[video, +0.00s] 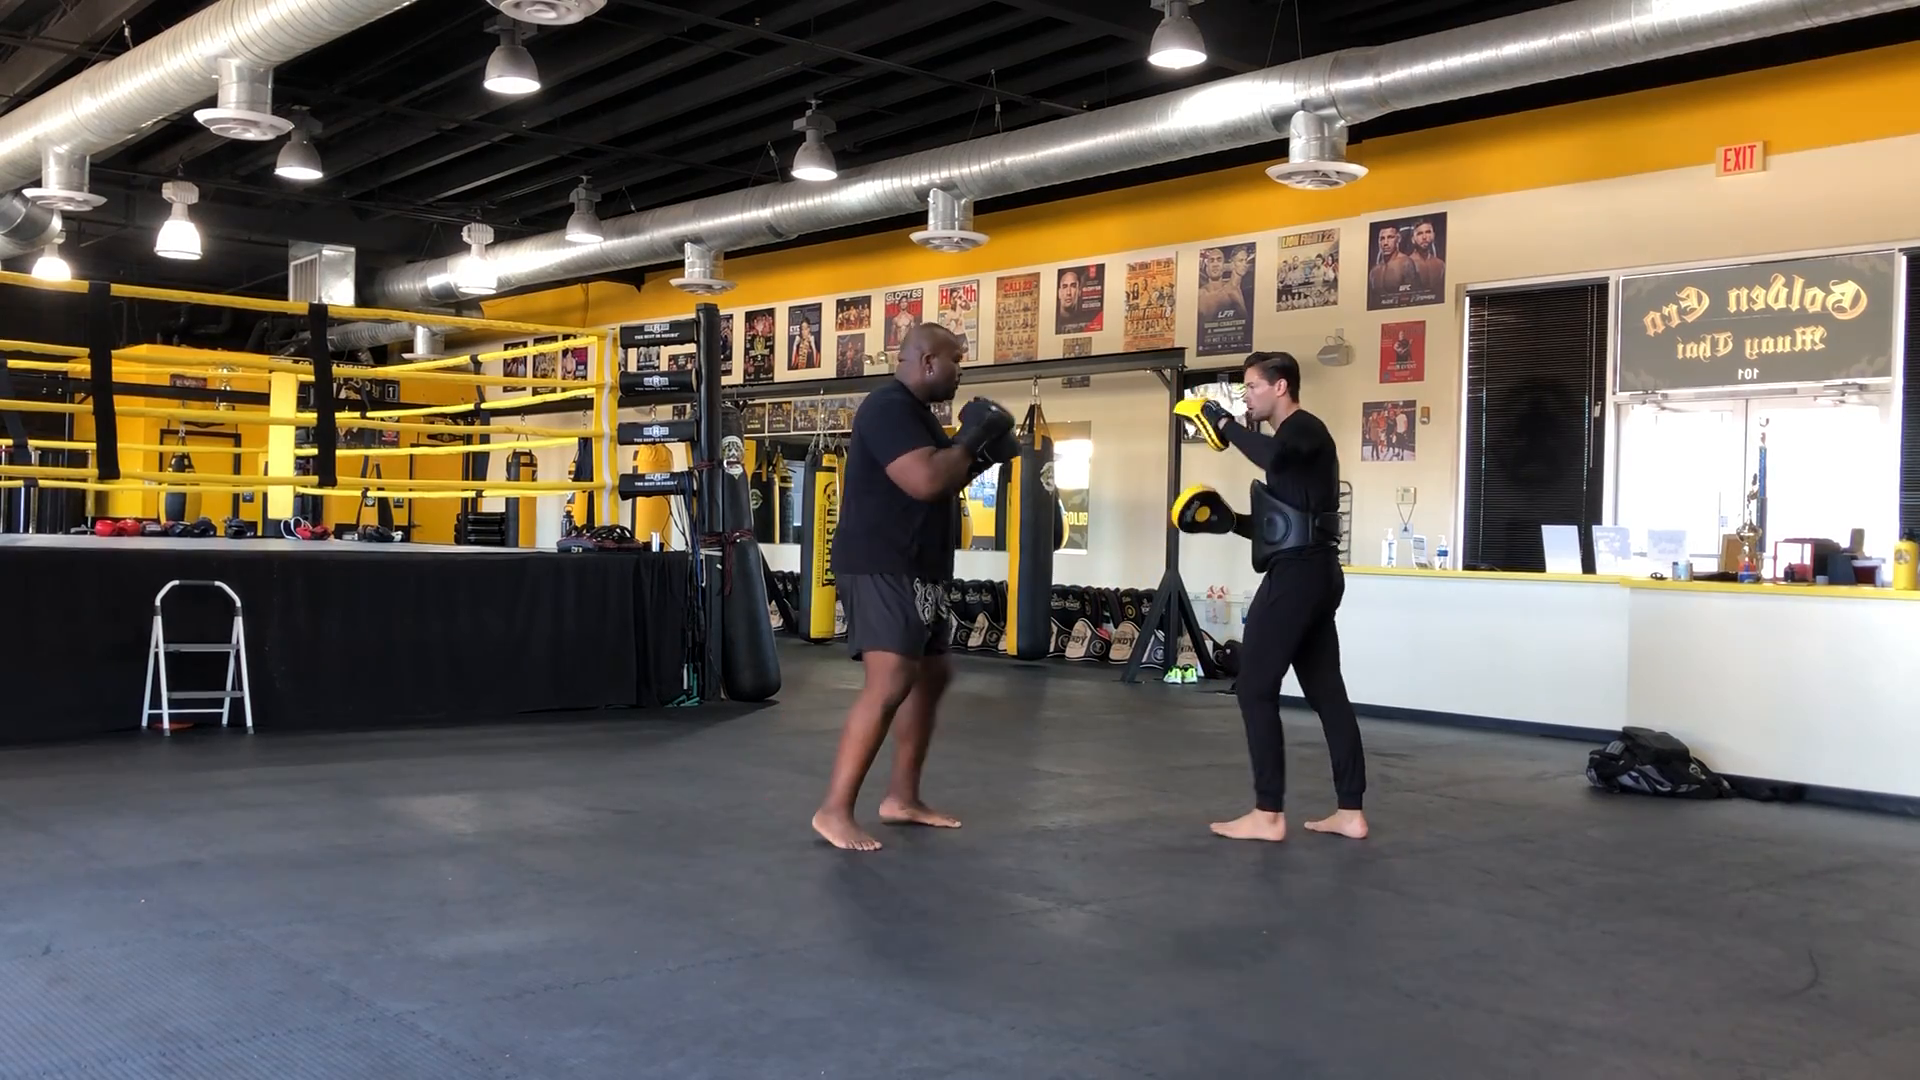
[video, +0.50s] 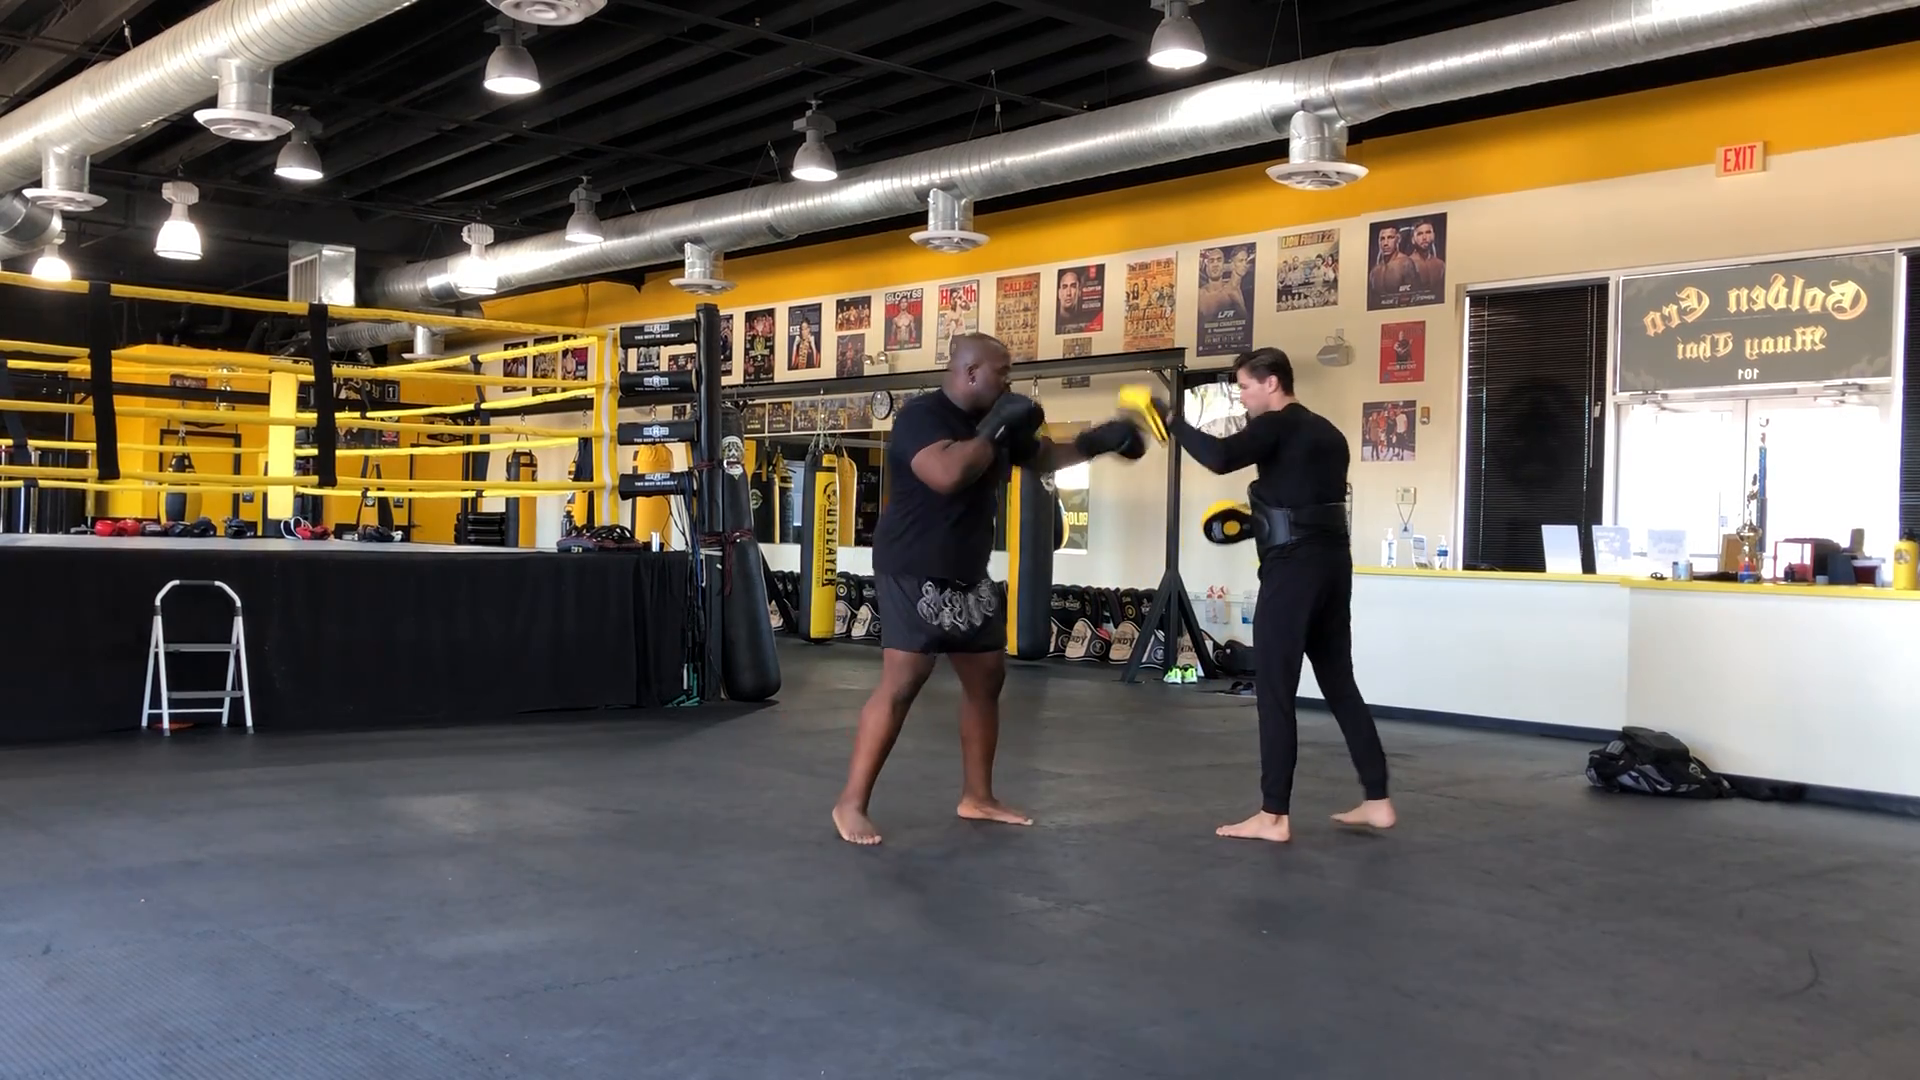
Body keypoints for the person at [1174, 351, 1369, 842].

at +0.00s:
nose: (1245, 395)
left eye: (1252, 386)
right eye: (1244, 387)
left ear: (1281, 386)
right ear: (1278, 388)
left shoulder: (1303, 426)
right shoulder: (1296, 438)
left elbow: (1274, 455)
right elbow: (1283, 526)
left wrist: (1221, 420)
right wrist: (1229, 520)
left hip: (1296, 574)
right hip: (1314, 574)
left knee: (1254, 689)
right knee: (1328, 693)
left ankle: (1268, 815)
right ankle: (1350, 812)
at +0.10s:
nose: (1245, 397)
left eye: (1253, 386)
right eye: (1245, 388)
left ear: (1281, 386)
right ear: (1280, 388)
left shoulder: (1302, 424)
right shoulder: (1299, 437)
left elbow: (1273, 445)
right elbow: (1288, 525)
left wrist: (1226, 413)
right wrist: (1232, 529)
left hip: (1296, 573)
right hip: (1316, 573)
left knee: (1258, 691)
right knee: (1329, 692)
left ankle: (1272, 815)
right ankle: (1351, 812)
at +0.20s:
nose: (1243, 402)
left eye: (1248, 391)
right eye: (1240, 393)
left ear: (1277, 385)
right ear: (1281, 389)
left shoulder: (1293, 424)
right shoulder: (1313, 436)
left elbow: (1258, 442)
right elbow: (1302, 522)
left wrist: (1230, 392)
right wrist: (1246, 541)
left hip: (1293, 572)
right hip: (1320, 571)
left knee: (1258, 690)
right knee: (1330, 694)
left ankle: (1272, 815)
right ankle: (1351, 811)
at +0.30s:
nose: (1236, 402)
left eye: (1240, 391)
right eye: (1234, 392)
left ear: (1267, 385)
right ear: (1276, 389)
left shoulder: (1277, 427)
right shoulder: (1318, 436)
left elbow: (1226, 445)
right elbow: (1305, 514)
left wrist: (1225, 393)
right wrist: (1250, 540)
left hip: (1289, 570)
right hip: (1326, 568)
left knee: (1262, 691)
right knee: (1331, 691)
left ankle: (1272, 815)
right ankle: (1350, 809)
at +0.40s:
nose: (1232, 397)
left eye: (1236, 387)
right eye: (1231, 388)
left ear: (1265, 384)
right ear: (1274, 385)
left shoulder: (1265, 427)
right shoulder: (1321, 433)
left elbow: (1204, 457)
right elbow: (1312, 506)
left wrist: (1168, 414)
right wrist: (1255, 532)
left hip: (1289, 569)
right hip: (1332, 568)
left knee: (1270, 691)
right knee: (1335, 686)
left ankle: (1273, 816)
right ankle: (1358, 806)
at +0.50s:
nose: (1240, 399)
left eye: (1244, 388)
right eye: (1239, 389)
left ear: (1273, 383)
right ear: (1281, 385)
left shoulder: (1275, 426)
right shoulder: (1328, 432)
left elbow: (1220, 456)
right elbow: (1318, 503)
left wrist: (1172, 420)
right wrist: (1259, 517)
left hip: (1292, 569)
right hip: (1334, 568)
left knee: (1274, 693)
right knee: (1339, 684)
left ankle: (1274, 816)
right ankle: (1378, 801)